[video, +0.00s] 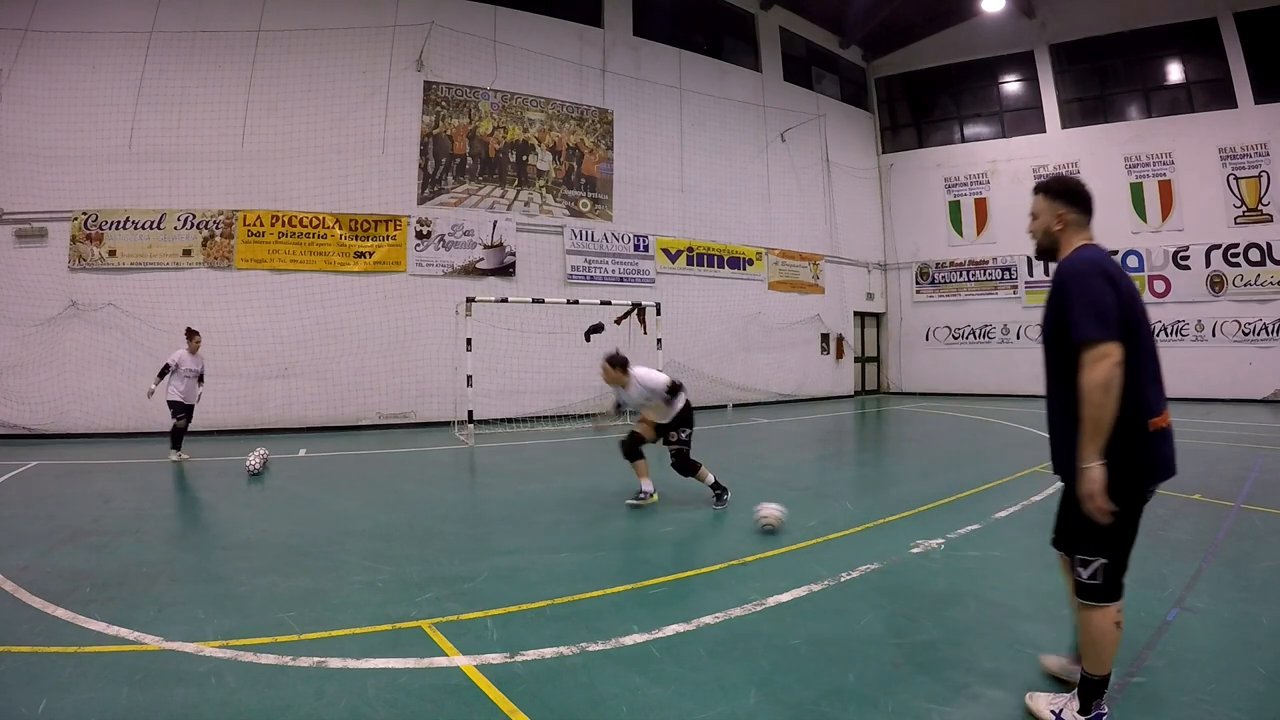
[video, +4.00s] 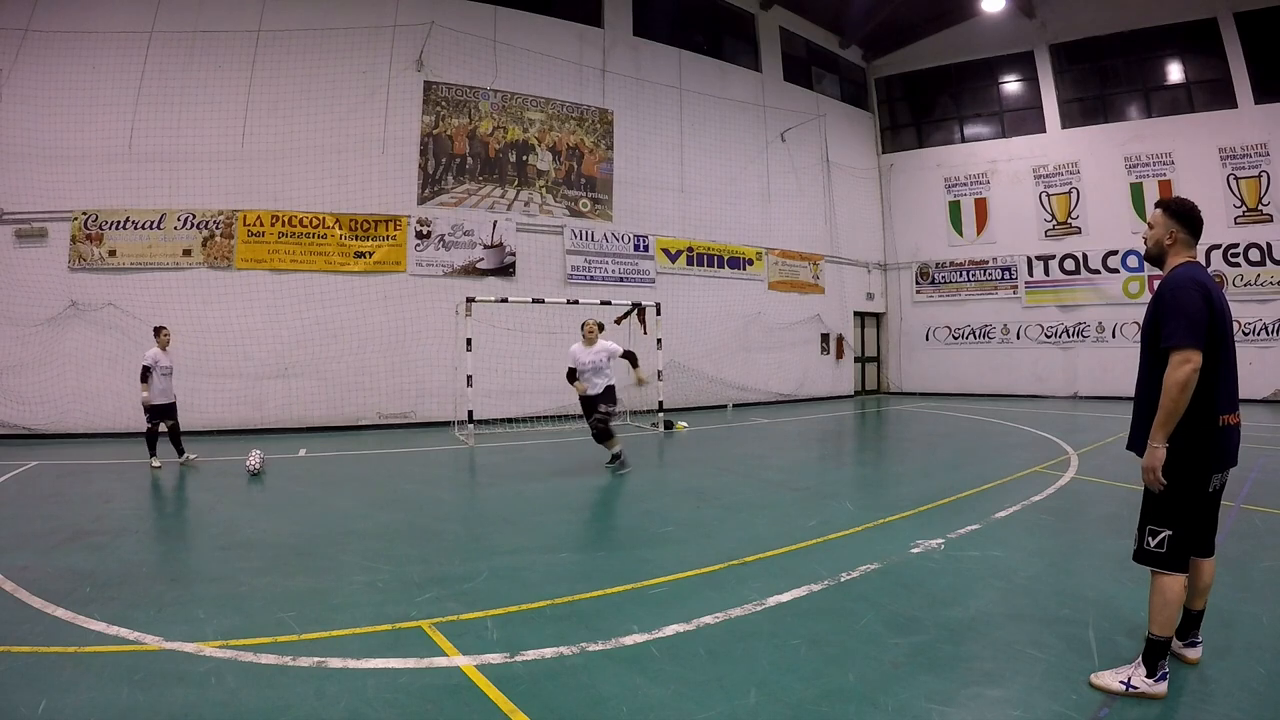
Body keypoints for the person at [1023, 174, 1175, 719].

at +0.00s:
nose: (1029, 227)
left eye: (1035, 217)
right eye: (1030, 217)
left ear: (1060, 218)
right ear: (1070, 219)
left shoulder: (1084, 271)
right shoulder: (1084, 267)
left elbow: (1104, 364)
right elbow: (1103, 364)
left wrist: (1090, 459)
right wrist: (1085, 454)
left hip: (1118, 455)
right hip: (1109, 450)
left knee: (1098, 579)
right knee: (1072, 550)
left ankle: (1091, 704)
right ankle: (1085, 658)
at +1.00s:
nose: (1183, 220)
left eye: (1192, 209)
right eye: (1186, 210)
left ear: (1223, 215)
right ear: (1230, 216)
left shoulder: (1231, 274)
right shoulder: (1254, 270)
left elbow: (1242, 368)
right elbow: (1255, 372)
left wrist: (1215, 461)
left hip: (1225, 466)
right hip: (1261, 462)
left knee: (1181, 590)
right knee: (1256, 583)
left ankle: (1140, 706)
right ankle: (1230, 693)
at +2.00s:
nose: (1135, 229)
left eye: (1143, 220)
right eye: (1136, 220)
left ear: (1171, 225)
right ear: (1177, 227)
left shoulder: (1182, 283)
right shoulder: (1207, 277)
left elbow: (1192, 373)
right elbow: (1211, 373)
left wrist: (1176, 461)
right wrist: (1182, 455)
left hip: (1184, 462)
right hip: (1220, 459)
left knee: (1157, 576)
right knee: (1210, 570)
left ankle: (1127, 677)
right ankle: (1223, 685)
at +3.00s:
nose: (1148, 238)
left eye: (1154, 231)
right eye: (1151, 230)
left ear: (1176, 238)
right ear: (1185, 239)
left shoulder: (1189, 291)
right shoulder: (1204, 285)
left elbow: (1202, 370)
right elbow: (1208, 369)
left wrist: (1185, 447)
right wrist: (1184, 439)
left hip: (1184, 449)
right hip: (1211, 446)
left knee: (1163, 556)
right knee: (1200, 545)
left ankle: (1150, 670)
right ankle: (1188, 637)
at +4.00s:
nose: (1143, 234)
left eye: (1150, 226)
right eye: (1146, 226)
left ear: (1171, 234)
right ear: (1181, 236)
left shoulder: (1181, 285)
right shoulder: (1201, 283)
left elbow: (1186, 365)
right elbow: (1204, 367)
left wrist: (1156, 440)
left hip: (1183, 446)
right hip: (1209, 443)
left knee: (1166, 558)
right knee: (1198, 546)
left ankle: (1151, 670)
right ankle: (1187, 637)